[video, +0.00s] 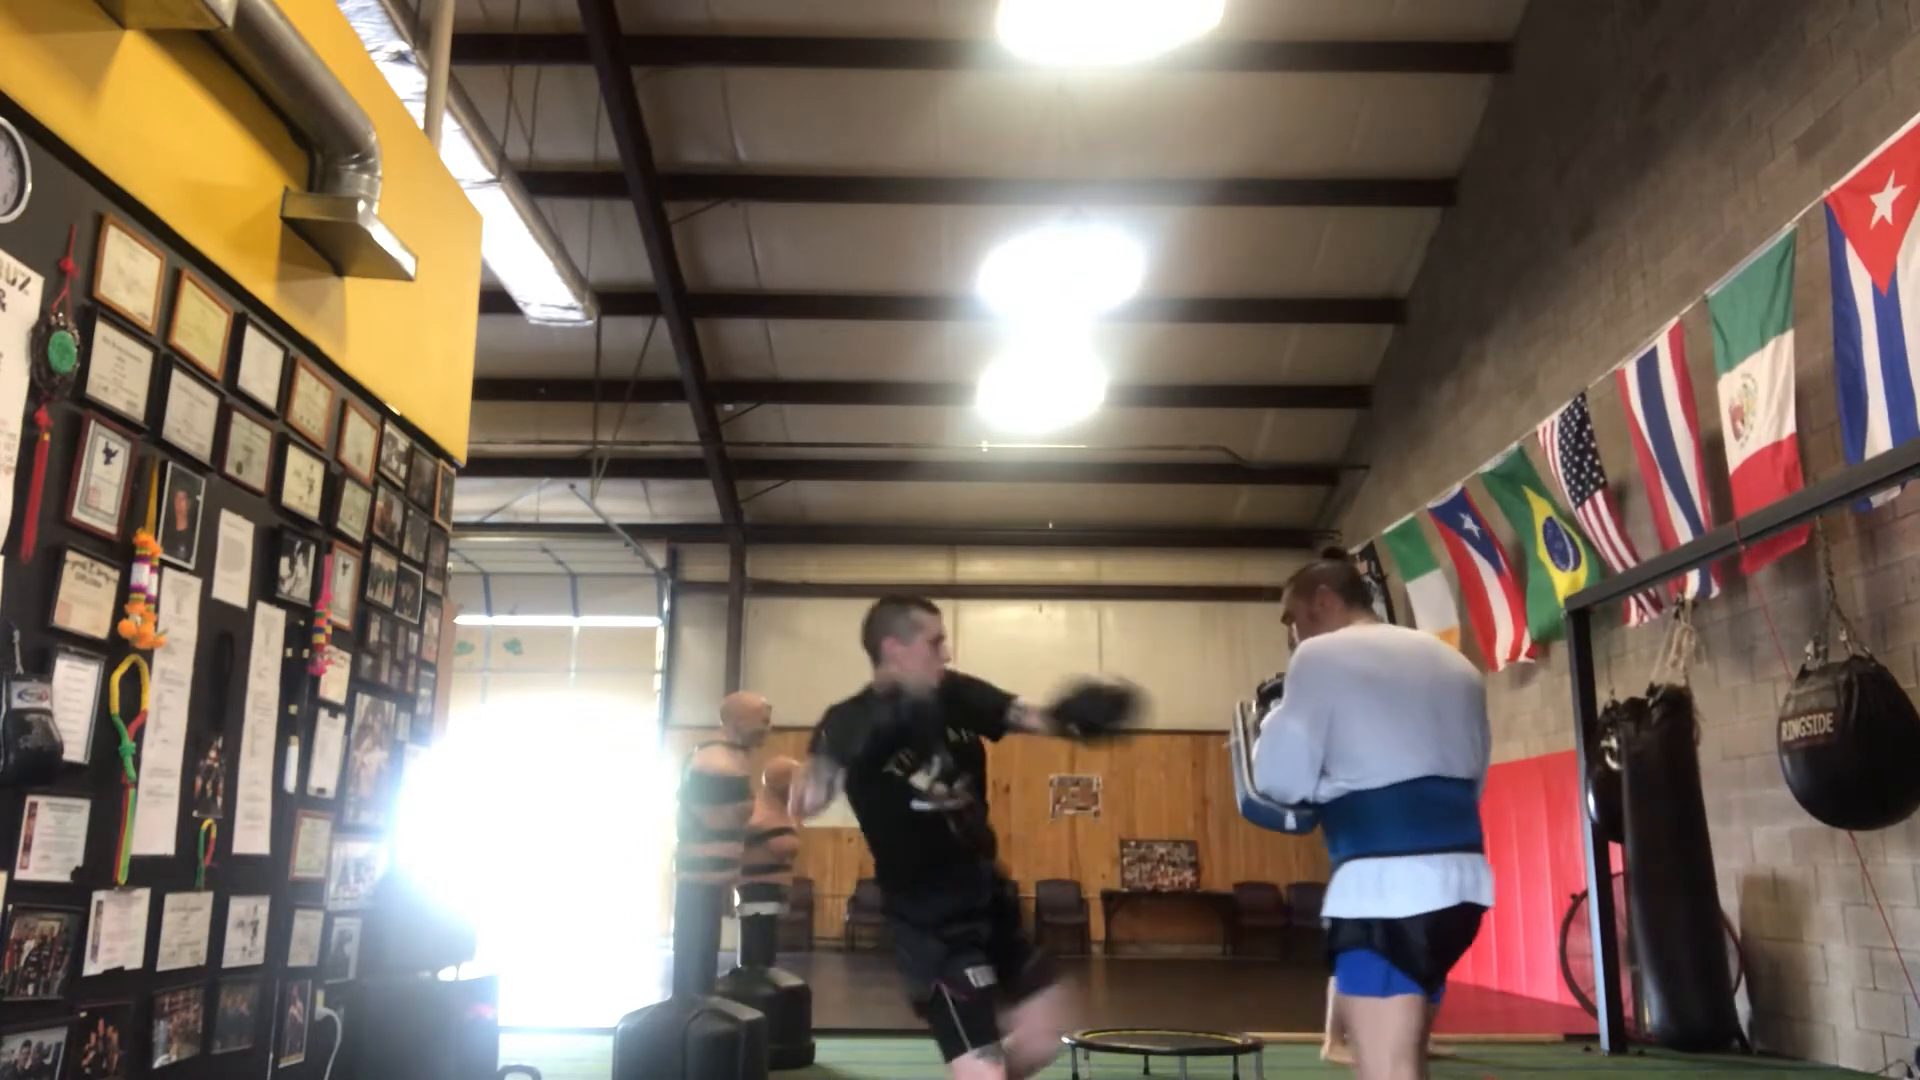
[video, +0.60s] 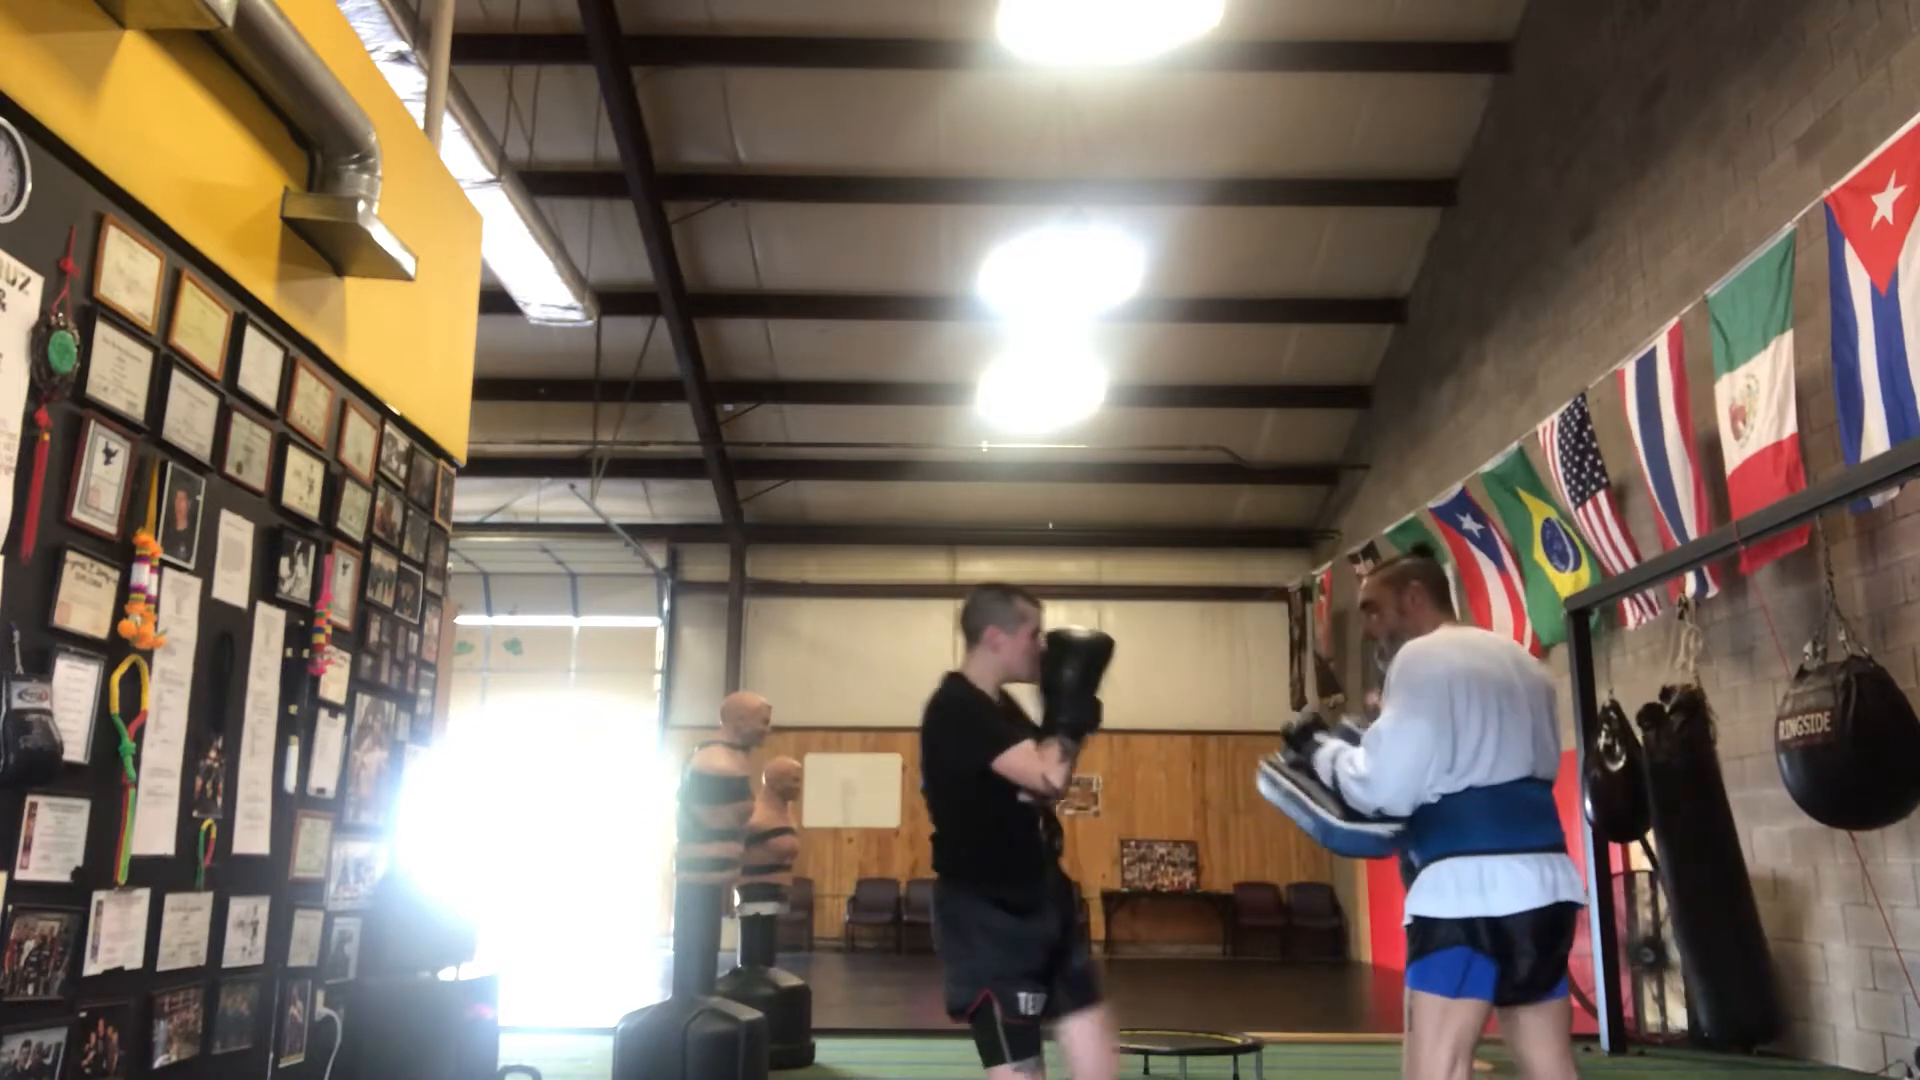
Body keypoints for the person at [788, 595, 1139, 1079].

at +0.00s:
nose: (945, 653)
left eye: (943, 641)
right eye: (933, 643)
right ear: (891, 649)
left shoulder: (956, 694)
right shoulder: (852, 720)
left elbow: (1029, 717)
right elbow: (804, 806)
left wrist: (1075, 716)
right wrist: (872, 724)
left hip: (987, 897)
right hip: (925, 916)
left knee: (1046, 1033)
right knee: (980, 1067)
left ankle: (985, 1071)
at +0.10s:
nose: (936, 655)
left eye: (934, 642)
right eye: (925, 643)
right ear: (882, 649)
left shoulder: (943, 695)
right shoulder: (842, 721)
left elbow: (1032, 739)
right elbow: (834, 778)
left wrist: (1113, 734)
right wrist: (890, 694)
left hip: (1016, 840)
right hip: (958, 896)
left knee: (1161, 867)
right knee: (989, 1054)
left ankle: (1097, 980)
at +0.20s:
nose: (951, 664)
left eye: (951, 651)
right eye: (942, 652)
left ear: (905, 653)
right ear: (900, 653)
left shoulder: (942, 705)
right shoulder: (854, 745)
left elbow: (1005, 756)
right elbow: (915, 821)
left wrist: (1079, 731)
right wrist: (945, 742)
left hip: (1035, 819)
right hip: (989, 898)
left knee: (1185, 768)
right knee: (1020, 1059)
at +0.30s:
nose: (968, 661)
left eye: (967, 650)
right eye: (959, 650)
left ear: (920, 651)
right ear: (918, 651)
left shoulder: (951, 709)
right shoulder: (879, 740)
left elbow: (1022, 757)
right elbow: (972, 803)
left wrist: (1065, 692)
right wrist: (992, 718)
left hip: (1041, 837)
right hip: (990, 910)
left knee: (1186, 807)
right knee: (1021, 1066)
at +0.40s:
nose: (991, 651)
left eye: (990, 640)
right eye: (982, 640)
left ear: (947, 644)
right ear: (943, 643)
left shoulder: (959, 700)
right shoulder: (905, 720)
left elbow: (1010, 762)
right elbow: (1006, 772)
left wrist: (1032, 684)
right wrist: (1029, 684)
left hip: (1038, 853)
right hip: (986, 905)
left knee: (1184, 872)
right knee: (1020, 1066)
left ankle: (1256, 959)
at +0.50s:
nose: (1014, 642)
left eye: (1013, 632)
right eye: (1006, 631)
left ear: (969, 633)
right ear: (969, 633)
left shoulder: (973, 699)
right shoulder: (932, 706)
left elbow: (1027, 765)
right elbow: (1034, 767)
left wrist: (1028, 691)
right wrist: (1049, 683)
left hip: (1043, 883)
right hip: (987, 907)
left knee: (1158, 970)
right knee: (1020, 1070)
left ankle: (1165, 1071)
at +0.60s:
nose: (1040, 644)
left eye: (1039, 633)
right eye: (1031, 633)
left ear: (997, 639)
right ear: (995, 638)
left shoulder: (1002, 706)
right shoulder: (955, 709)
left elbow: (1047, 778)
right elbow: (1049, 775)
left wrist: (1069, 698)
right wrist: (1070, 695)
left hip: (1042, 909)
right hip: (986, 920)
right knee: (1016, 1070)